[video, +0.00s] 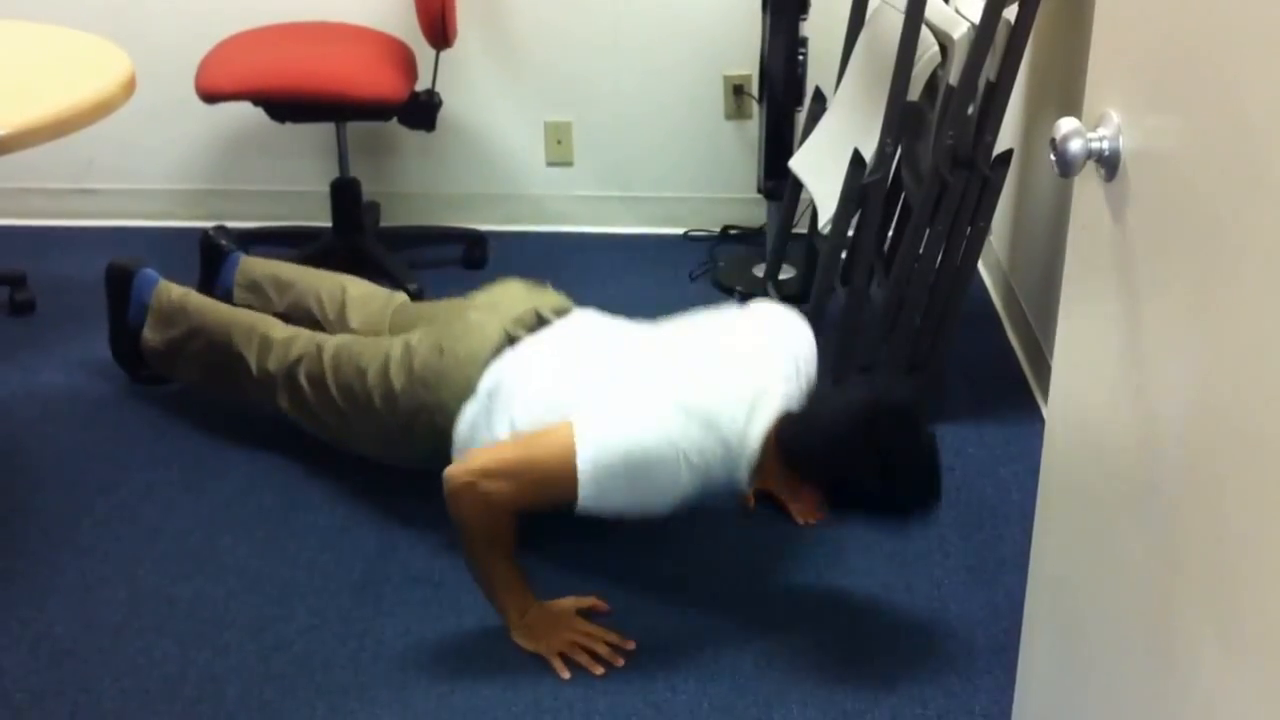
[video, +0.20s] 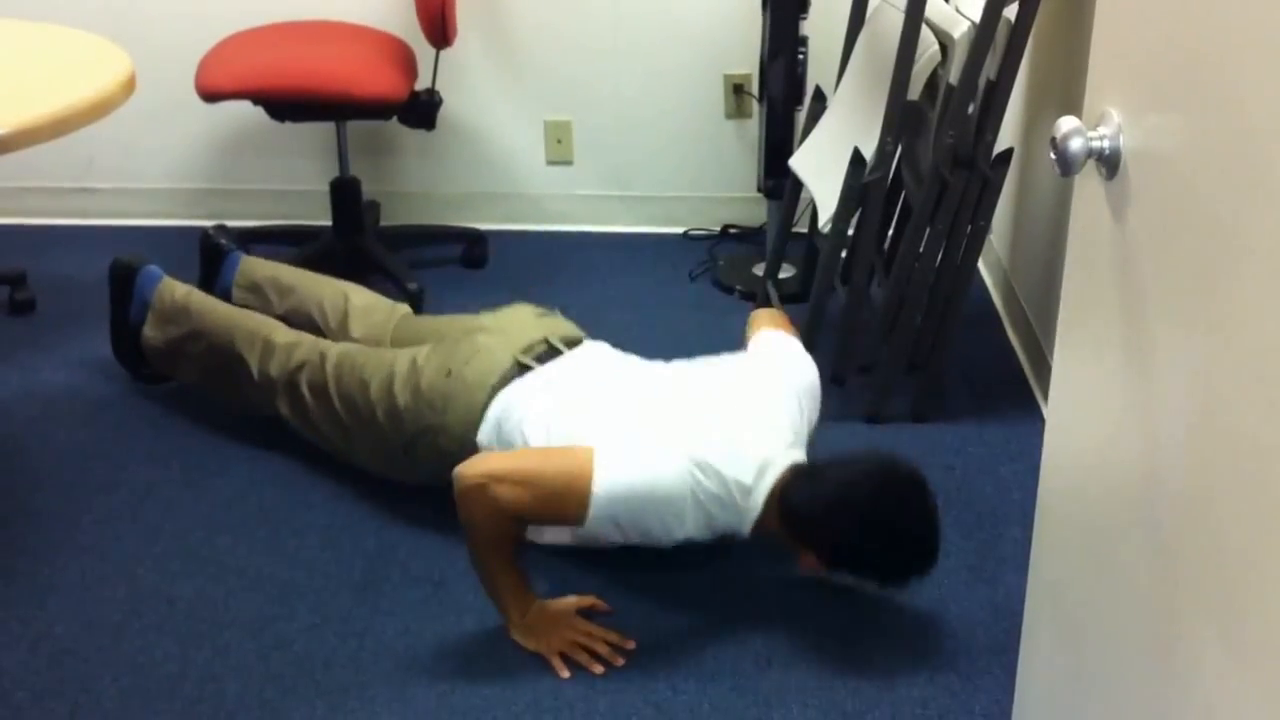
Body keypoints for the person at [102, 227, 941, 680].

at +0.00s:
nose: (825, 526)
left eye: (839, 518)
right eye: (833, 515)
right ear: (808, 487)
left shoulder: (787, 335)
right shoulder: (664, 454)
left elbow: (700, 327)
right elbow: (471, 487)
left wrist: (751, 458)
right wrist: (525, 615)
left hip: (535, 308)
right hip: (459, 390)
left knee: (390, 312)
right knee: (290, 365)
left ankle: (243, 268)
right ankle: (155, 315)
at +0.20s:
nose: (833, 577)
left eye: (845, 564)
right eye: (841, 568)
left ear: (853, 460)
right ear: (817, 552)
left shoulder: (794, 392)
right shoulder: (683, 490)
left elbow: (773, 316)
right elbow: (480, 488)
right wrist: (523, 613)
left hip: (547, 336)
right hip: (474, 406)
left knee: (395, 326)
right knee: (296, 373)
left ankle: (244, 267)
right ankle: (156, 311)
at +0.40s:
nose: (814, 427)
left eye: (825, 418)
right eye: (823, 419)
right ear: (801, 388)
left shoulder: (777, 285)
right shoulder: (656, 375)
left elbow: (761, 371)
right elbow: (479, 478)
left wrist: (756, 456)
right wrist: (525, 610)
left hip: (524, 272)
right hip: (464, 346)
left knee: (374, 290)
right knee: (290, 354)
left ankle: (237, 256)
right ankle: (154, 309)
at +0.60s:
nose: (825, 346)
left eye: (841, 337)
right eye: (828, 331)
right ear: (784, 298)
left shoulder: (766, 218)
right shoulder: (626, 306)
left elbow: (759, 335)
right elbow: (512, 448)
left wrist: (763, 456)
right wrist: (523, 603)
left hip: (509, 228)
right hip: (451, 303)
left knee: (372, 271)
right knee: (287, 332)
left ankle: (238, 256)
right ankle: (155, 316)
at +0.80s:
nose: (825, 478)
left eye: (838, 475)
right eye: (834, 468)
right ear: (805, 433)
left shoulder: (781, 301)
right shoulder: (666, 411)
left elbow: (745, 371)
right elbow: (472, 475)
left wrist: (759, 450)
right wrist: (525, 611)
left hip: (531, 288)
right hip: (464, 369)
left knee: (377, 297)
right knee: (293, 354)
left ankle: (241, 258)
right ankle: (157, 310)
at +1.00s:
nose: (834, 580)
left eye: (849, 569)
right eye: (842, 570)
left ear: (850, 463)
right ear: (810, 545)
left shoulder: (794, 392)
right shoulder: (680, 492)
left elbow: (777, 316)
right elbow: (479, 487)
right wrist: (524, 608)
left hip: (551, 340)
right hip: (474, 405)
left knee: (396, 322)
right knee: (299, 369)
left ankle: (247, 265)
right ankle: (161, 310)